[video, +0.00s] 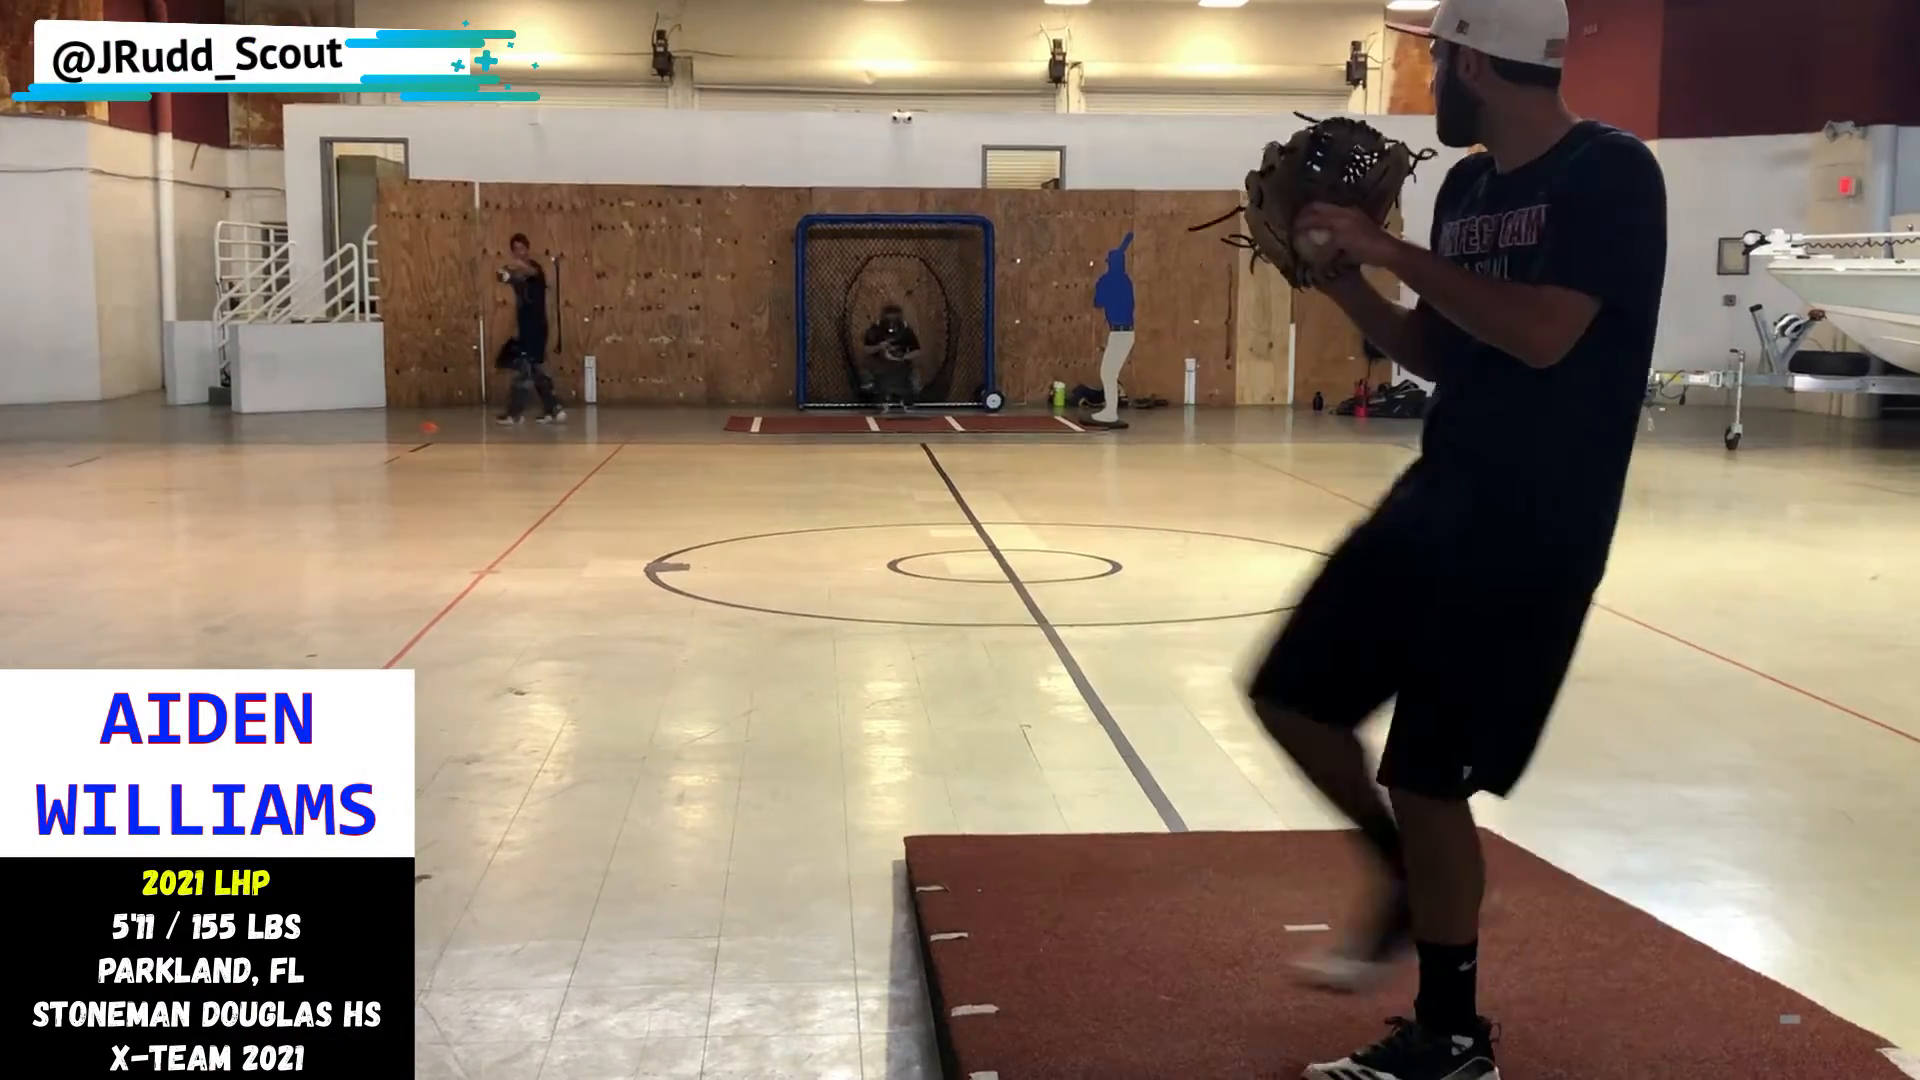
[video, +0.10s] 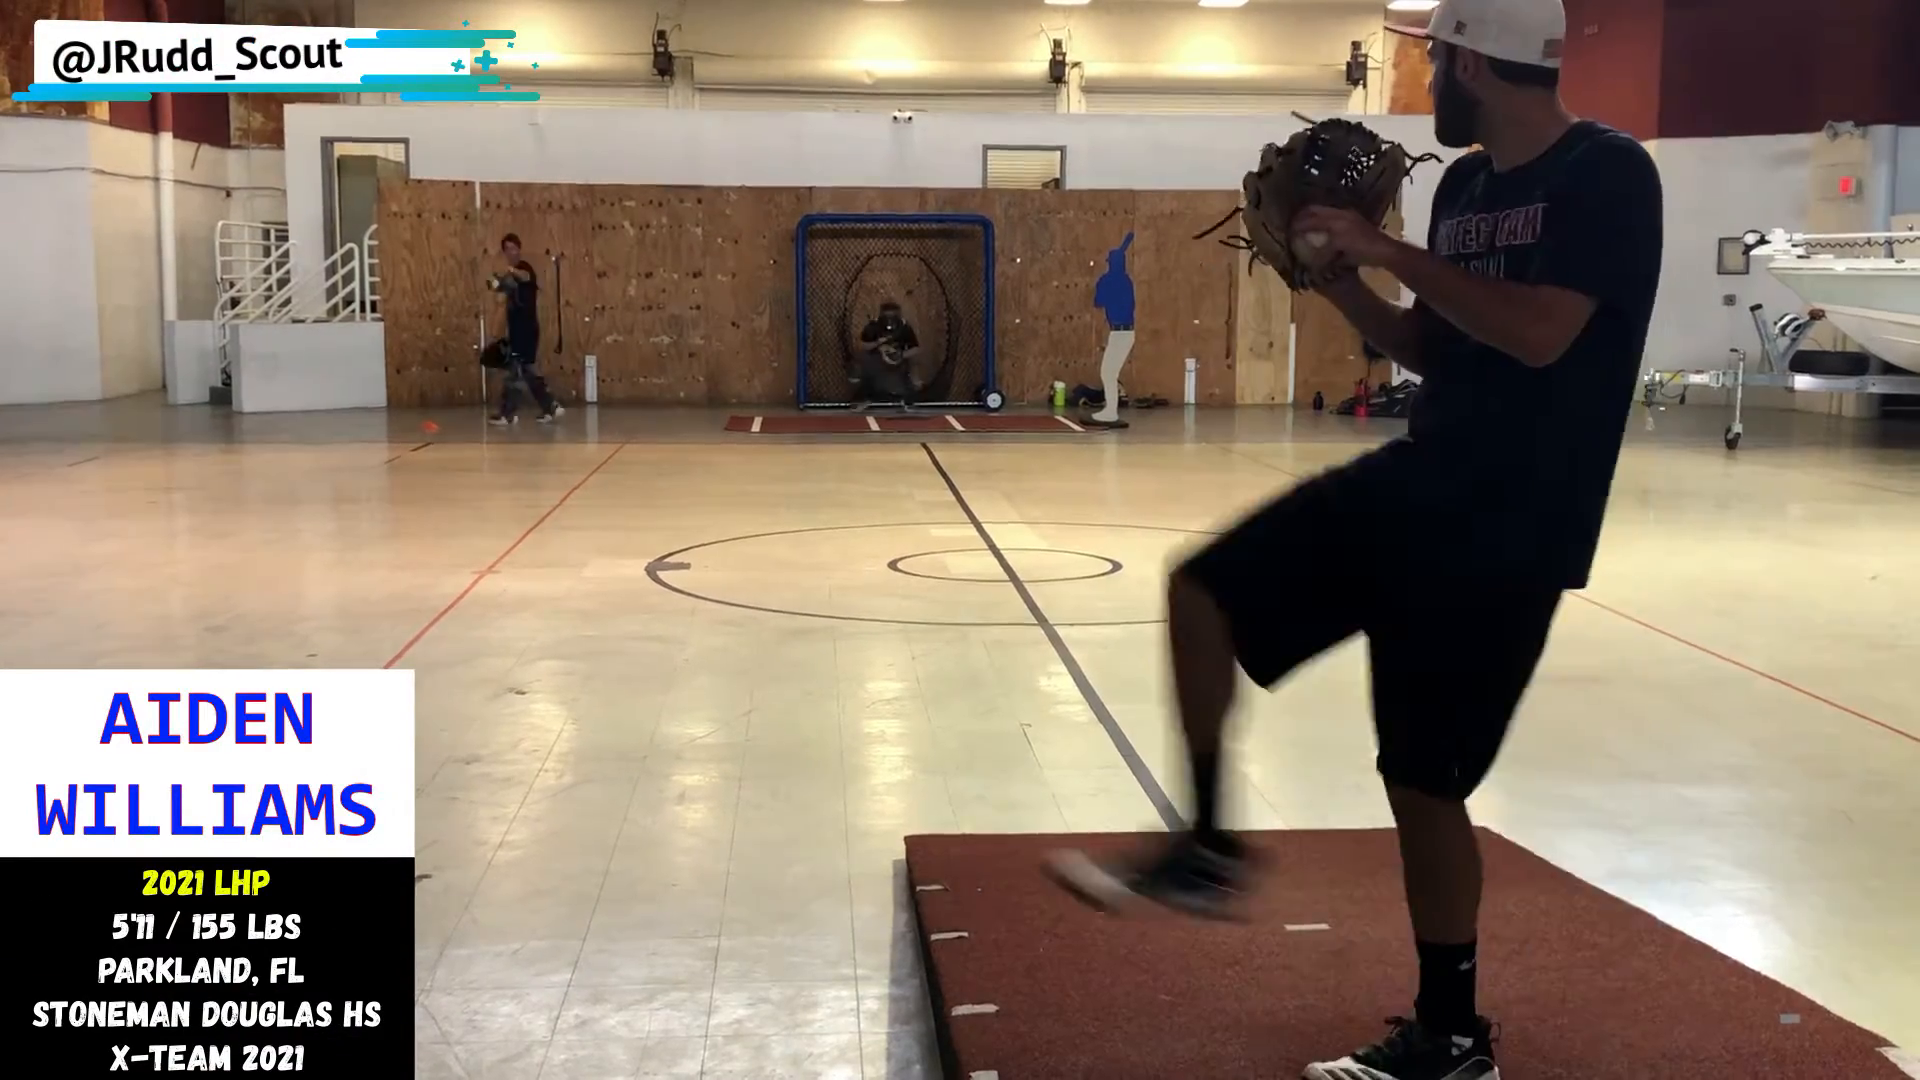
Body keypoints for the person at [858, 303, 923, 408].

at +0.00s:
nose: (891, 322)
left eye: (895, 318)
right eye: (888, 318)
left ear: (900, 318)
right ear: (883, 317)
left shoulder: (906, 331)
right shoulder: (874, 331)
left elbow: (917, 351)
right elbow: (867, 350)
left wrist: (902, 358)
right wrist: (880, 347)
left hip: (901, 373)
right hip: (880, 373)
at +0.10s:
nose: (890, 319)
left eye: (893, 316)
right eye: (886, 316)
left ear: (898, 315)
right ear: (881, 315)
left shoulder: (905, 328)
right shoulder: (872, 327)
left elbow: (916, 349)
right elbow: (863, 346)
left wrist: (901, 355)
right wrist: (878, 343)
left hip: (898, 370)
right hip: (877, 370)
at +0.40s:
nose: (878, 330)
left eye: (881, 326)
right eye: (874, 326)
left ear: (886, 326)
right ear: (869, 325)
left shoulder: (892, 338)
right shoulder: (861, 337)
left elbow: (907, 356)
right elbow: (846, 357)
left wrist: (892, 367)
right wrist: (867, 356)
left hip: (887, 373)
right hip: (865, 373)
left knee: (907, 374)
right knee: (845, 371)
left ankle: (910, 403)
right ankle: (840, 404)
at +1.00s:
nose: (874, 340)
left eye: (877, 337)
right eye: (871, 337)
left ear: (882, 336)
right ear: (865, 336)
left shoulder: (889, 349)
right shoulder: (857, 347)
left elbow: (899, 368)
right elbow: (840, 363)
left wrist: (894, 383)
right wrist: (862, 365)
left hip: (885, 384)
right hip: (862, 383)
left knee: (903, 377)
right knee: (843, 374)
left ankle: (912, 404)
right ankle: (838, 404)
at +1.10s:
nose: (874, 341)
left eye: (877, 337)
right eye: (871, 337)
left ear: (882, 337)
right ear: (866, 336)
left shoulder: (889, 349)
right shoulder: (858, 347)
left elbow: (900, 368)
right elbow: (840, 363)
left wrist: (894, 385)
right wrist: (863, 365)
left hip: (885, 384)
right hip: (862, 383)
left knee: (902, 377)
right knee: (844, 373)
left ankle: (912, 403)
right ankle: (839, 403)